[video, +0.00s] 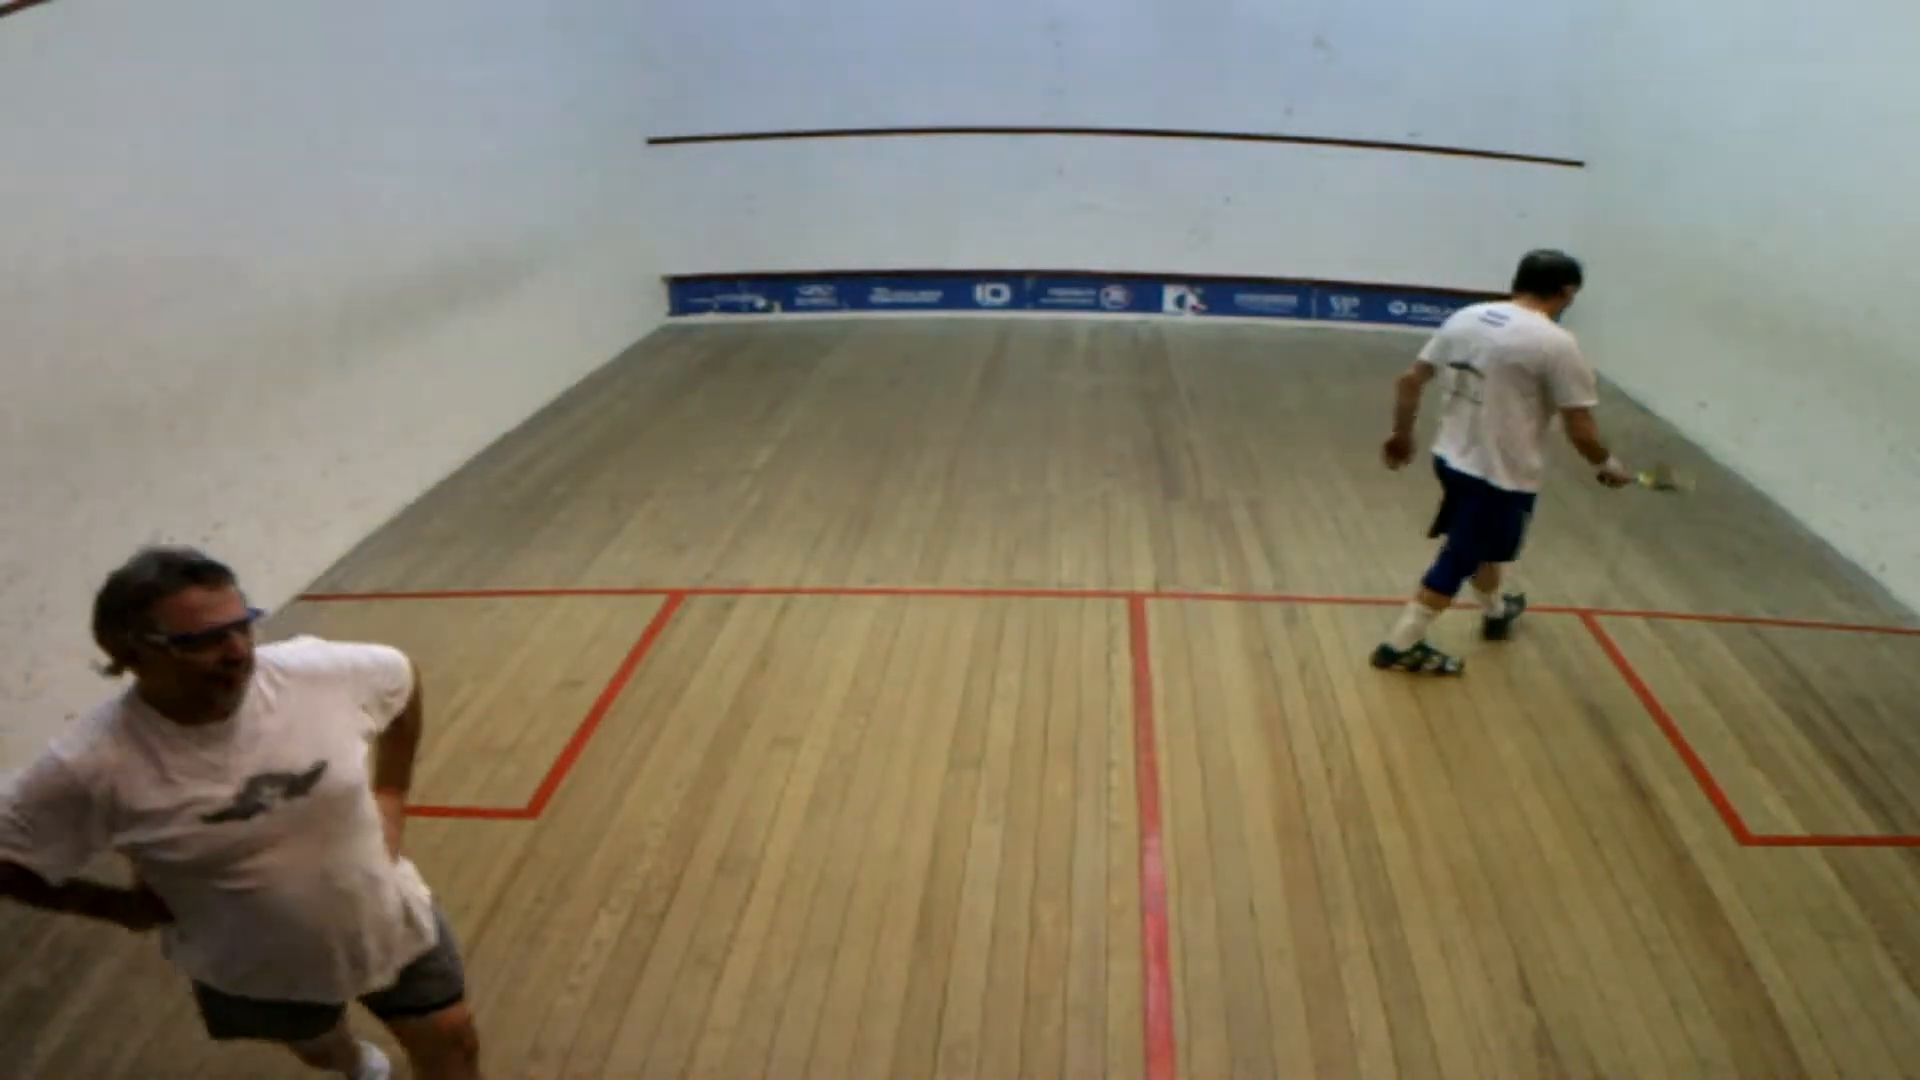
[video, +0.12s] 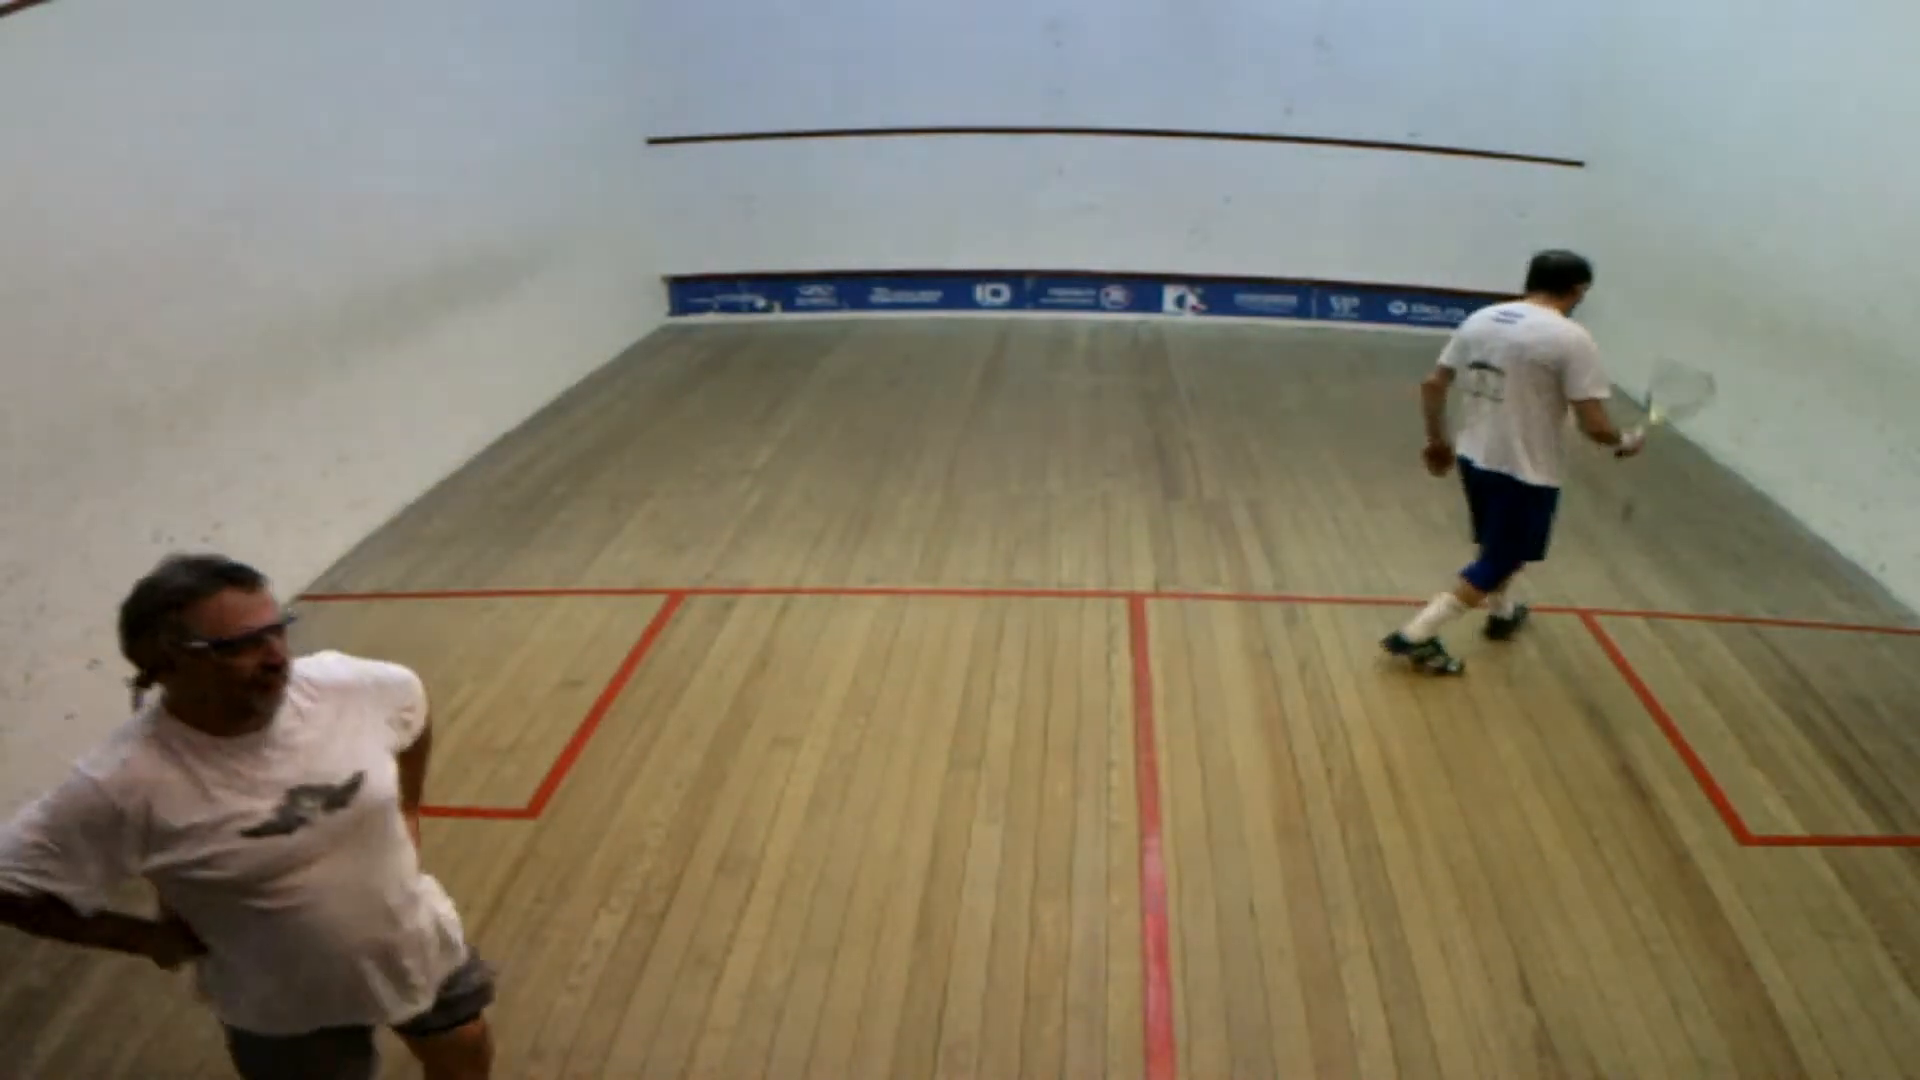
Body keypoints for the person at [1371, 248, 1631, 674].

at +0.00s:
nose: (1571, 303)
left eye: (1572, 295)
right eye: (1571, 295)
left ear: (1519, 283)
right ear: (1561, 293)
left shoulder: (1469, 318)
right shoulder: (1555, 344)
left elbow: (1411, 379)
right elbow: (1580, 430)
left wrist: (1402, 435)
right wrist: (1605, 464)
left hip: (1451, 459)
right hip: (1503, 479)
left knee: (1485, 542)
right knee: (1457, 558)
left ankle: (1494, 611)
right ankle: (1403, 642)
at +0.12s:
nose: (1581, 300)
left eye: (1583, 294)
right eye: (1582, 293)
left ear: (1530, 282)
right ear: (1573, 291)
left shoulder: (1482, 320)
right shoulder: (1570, 339)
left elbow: (1434, 384)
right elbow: (1594, 424)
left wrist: (1436, 440)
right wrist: (1621, 441)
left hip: (1473, 458)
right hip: (1527, 472)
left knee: (1496, 542)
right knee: (1500, 560)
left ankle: (1501, 610)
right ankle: (1416, 633)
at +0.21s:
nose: (1586, 299)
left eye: (1588, 292)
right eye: (1588, 292)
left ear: (1539, 281)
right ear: (1581, 288)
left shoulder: (1495, 316)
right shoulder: (1583, 333)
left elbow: (1451, 383)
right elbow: (1601, 415)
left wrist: (1460, 438)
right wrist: (1625, 436)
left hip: (1482, 453)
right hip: (1543, 466)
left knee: (1497, 532)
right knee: (1550, 553)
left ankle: (1501, 611)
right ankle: (1455, 618)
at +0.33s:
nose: (1598, 295)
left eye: (1598, 289)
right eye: (1599, 289)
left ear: (1549, 280)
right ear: (1592, 286)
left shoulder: (1505, 315)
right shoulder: (1596, 332)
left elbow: (1467, 382)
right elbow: (1613, 418)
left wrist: (1493, 425)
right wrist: (1627, 459)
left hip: (1495, 451)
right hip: (1560, 462)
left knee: (1503, 532)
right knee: (1581, 544)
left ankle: (1507, 627)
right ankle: (1506, 615)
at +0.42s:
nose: (1605, 297)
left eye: (1606, 291)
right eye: (1607, 290)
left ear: (1560, 280)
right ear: (1601, 287)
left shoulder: (1513, 313)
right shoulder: (1606, 332)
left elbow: (1473, 378)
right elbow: (1620, 418)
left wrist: (1497, 422)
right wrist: (1633, 452)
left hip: (1502, 449)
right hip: (1566, 459)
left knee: (1507, 530)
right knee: (1580, 543)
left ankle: (1500, 614)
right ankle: (1540, 634)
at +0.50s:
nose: (1612, 298)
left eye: (1613, 292)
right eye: (1614, 291)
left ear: (1567, 280)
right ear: (1608, 288)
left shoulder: (1519, 313)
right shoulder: (1613, 332)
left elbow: (1476, 378)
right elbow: (1624, 416)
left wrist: (1495, 424)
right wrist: (1640, 442)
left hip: (1506, 448)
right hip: (1569, 458)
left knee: (1507, 529)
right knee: (1580, 543)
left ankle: (1500, 614)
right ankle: (1541, 634)